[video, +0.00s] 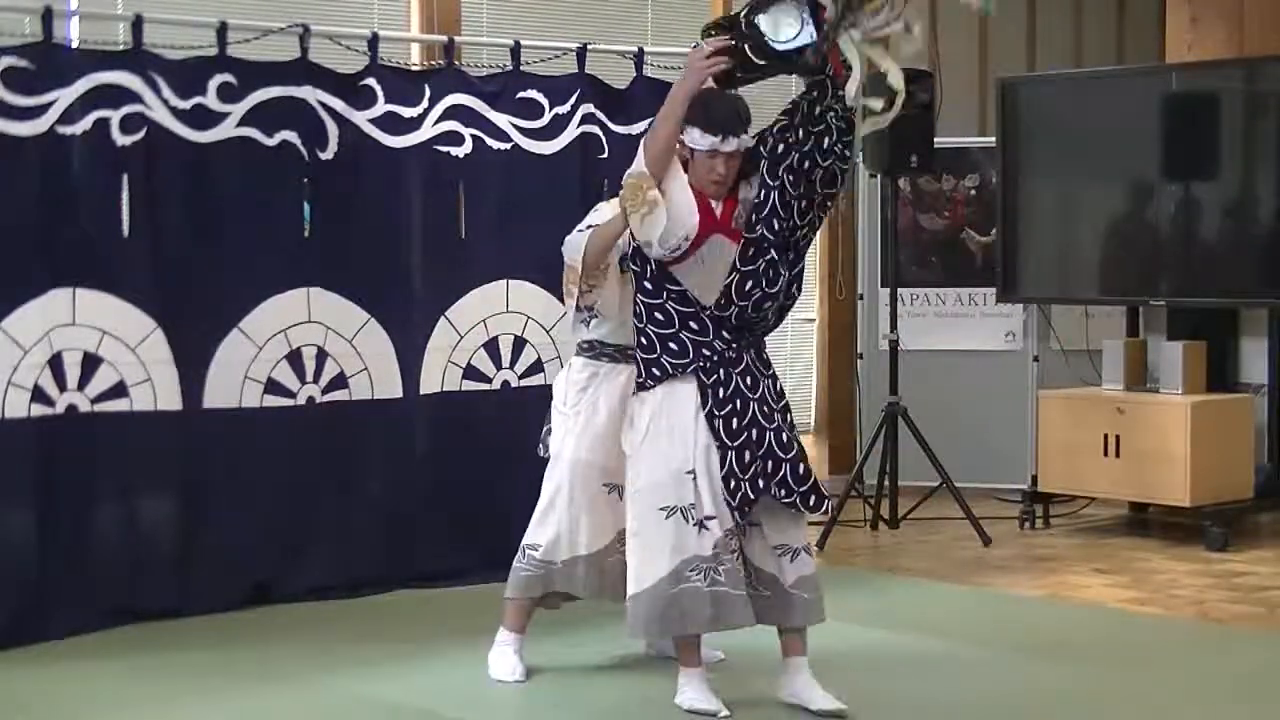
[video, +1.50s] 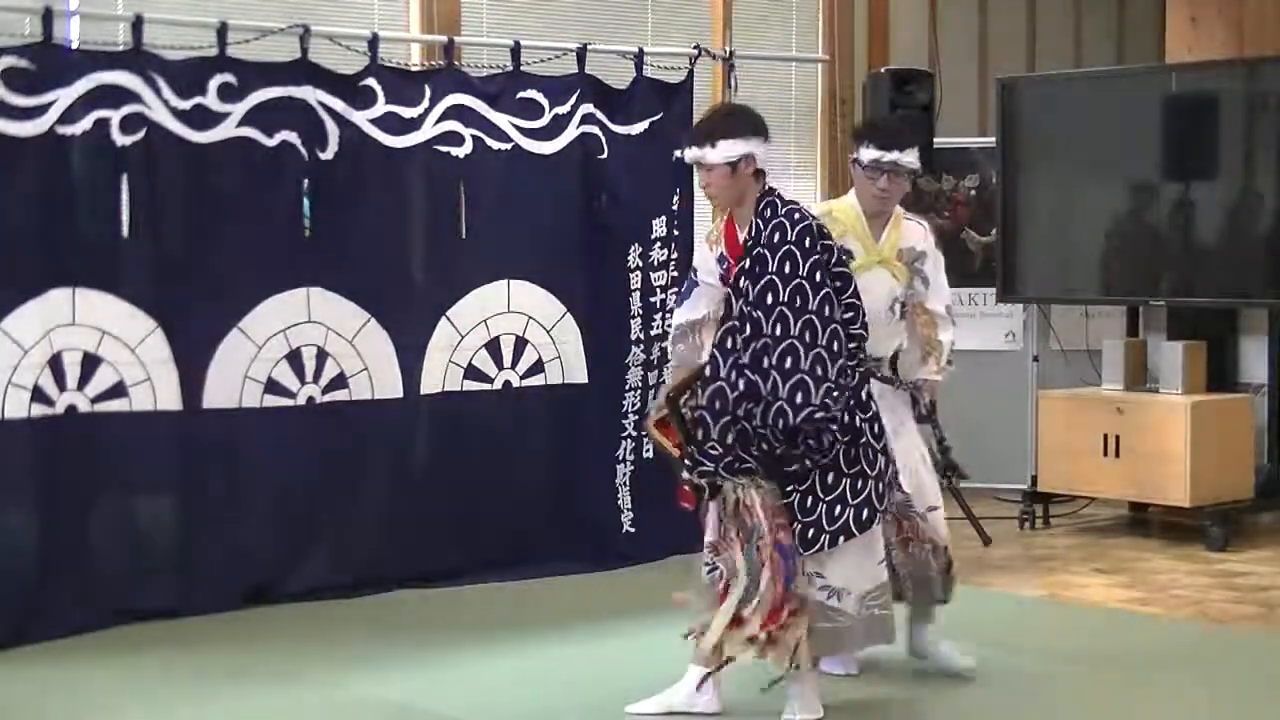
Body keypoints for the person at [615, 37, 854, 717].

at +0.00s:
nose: (725, 166)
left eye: (735, 154)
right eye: (713, 153)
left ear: (746, 154)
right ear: (684, 152)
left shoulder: (753, 201)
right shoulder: (663, 205)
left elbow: (814, 145)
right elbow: (653, 156)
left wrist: (824, 61)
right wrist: (685, 85)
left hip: (746, 371)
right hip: (677, 378)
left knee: (782, 509)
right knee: (687, 522)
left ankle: (795, 670)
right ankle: (692, 674)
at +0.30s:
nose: (745, 156)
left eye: (754, 144)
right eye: (725, 144)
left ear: (767, 150)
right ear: (697, 156)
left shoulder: (789, 213)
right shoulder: (677, 210)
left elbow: (830, 179)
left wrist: (819, 96)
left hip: (770, 378)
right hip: (696, 379)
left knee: (795, 534)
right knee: (707, 536)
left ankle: (805, 675)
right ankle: (691, 674)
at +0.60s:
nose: (701, 163)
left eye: (711, 152)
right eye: (701, 151)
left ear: (750, 159)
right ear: (721, 157)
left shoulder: (809, 224)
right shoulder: (693, 227)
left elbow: (850, 319)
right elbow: (650, 315)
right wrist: (693, 338)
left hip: (792, 405)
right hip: (706, 403)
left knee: (801, 539)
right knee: (702, 535)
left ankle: (806, 681)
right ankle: (691, 673)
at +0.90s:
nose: (714, 174)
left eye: (723, 163)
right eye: (715, 162)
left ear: (760, 170)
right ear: (746, 169)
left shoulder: (822, 238)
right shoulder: (726, 235)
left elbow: (852, 340)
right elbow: (698, 317)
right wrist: (695, 362)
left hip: (809, 414)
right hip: (735, 408)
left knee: (813, 546)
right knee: (718, 542)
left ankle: (806, 682)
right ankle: (710, 675)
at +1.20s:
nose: (711, 169)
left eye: (720, 159)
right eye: (712, 157)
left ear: (756, 168)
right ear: (743, 166)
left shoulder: (807, 237)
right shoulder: (732, 233)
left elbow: (823, 349)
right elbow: (723, 314)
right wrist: (719, 354)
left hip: (807, 416)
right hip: (748, 408)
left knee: (809, 549)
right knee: (716, 536)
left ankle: (807, 690)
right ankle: (700, 676)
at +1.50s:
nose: (702, 181)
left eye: (711, 169)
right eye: (698, 169)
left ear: (749, 168)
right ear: (714, 170)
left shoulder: (790, 232)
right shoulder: (733, 232)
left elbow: (790, 348)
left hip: (788, 427)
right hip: (745, 421)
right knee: (761, 553)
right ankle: (807, 692)